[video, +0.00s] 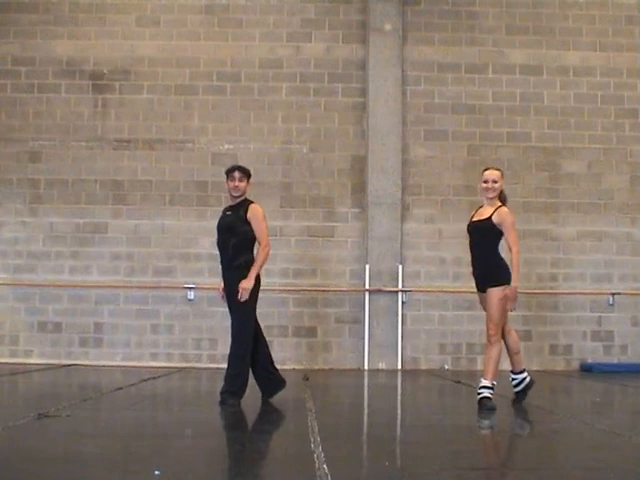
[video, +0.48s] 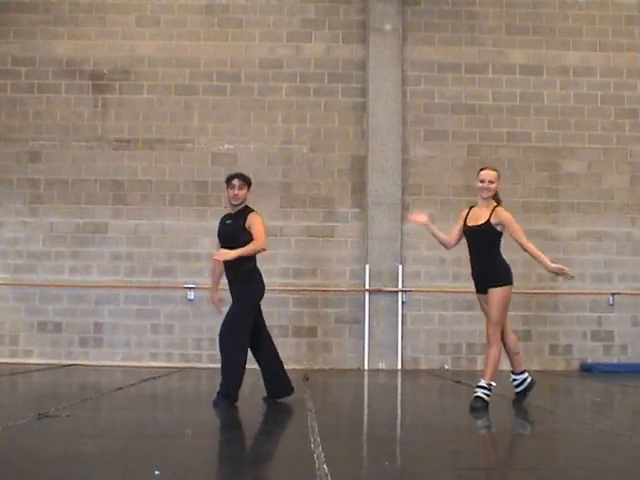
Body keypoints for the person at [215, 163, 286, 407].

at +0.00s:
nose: (236, 184)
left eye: (241, 180)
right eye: (232, 180)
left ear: (248, 184)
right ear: (226, 183)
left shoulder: (253, 210)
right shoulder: (228, 211)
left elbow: (265, 247)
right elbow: (230, 250)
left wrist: (250, 278)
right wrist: (225, 280)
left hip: (246, 279)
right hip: (230, 279)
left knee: (240, 335)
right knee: (249, 332)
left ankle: (232, 392)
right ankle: (271, 381)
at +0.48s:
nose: (236, 192)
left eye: (241, 188)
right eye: (232, 188)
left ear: (248, 191)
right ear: (226, 191)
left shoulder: (252, 217)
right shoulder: (226, 219)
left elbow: (260, 243)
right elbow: (221, 254)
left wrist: (232, 253)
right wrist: (215, 286)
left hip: (251, 286)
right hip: (237, 286)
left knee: (230, 335)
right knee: (258, 337)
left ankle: (228, 394)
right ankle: (279, 386)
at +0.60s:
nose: (244, 189)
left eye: (249, 185)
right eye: (240, 184)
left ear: (256, 190)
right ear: (234, 187)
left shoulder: (257, 222)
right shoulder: (222, 210)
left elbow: (267, 259)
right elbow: (196, 224)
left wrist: (277, 289)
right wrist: (173, 237)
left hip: (243, 284)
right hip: (224, 283)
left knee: (227, 333)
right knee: (241, 332)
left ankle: (226, 394)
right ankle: (271, 376)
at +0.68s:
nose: (247, 191)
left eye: (253, 187)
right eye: (244, 185)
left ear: (260, 192)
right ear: (237, 187)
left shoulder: (259, 226)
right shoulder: (222, 201)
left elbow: (264, 265)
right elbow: (196, 184)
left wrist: (273, 299)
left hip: (237, 282)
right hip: (217, 278)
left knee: (227, 333)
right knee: (221, 330)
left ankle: (226, 395)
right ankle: (261, 352)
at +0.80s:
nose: (246, 194)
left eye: (251, 190)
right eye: (242, 189)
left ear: (259, 194)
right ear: (236, 192)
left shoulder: (260, 229)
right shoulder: (225, 202)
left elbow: (262, 266)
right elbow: (208, 167)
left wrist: (267, 295)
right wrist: (192, 139)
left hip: (236, 286)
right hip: (213, 280)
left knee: (229, 341)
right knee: (197, 328)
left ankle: (214, 395)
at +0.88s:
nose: (247, 195)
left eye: (251, 190)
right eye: (242, 191)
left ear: (259, 195)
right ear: (236, 195)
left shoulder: (262, 229)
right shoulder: (225, 208)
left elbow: (280, 265)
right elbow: (197, 179)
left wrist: (303, 291)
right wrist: (169, 161)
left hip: (238, 292)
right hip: (212, 286)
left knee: (229, 346)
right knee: (176, 326)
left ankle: (212, 394)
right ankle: (186, 294)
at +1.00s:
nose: (244, 196)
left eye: (249, 191)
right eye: (240, 192)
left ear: (257, 194)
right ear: (235, 196)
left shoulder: (267, 222)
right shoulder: (223, 216)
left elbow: (300, 236)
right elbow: (187, 222)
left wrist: (307, 223)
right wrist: (187, 244)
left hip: (241, 292)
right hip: (215, 284)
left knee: (228, 346)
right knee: (189, 317)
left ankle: (213, 398)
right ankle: (169, 351)